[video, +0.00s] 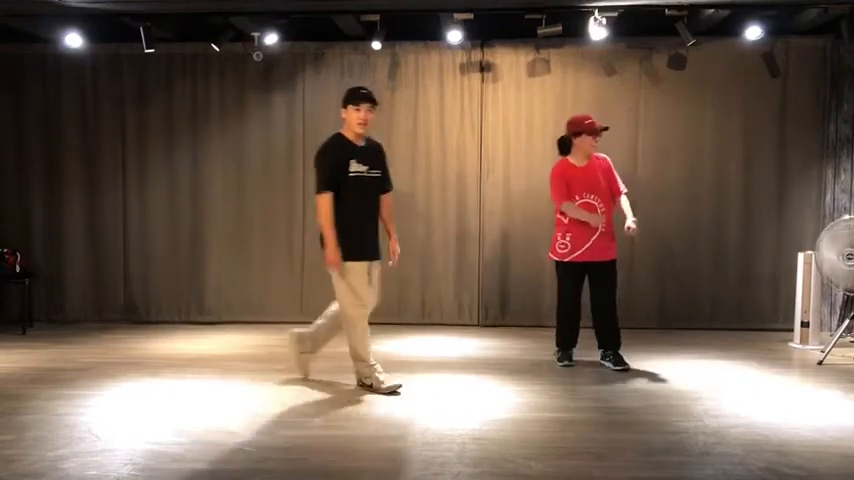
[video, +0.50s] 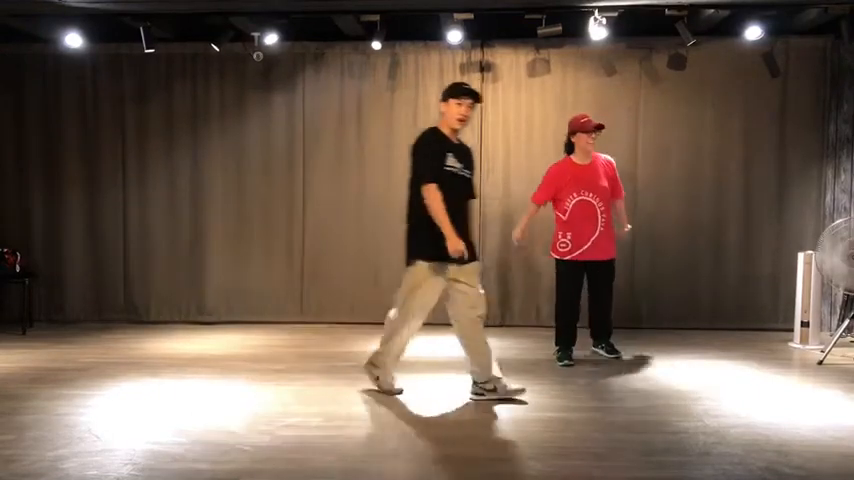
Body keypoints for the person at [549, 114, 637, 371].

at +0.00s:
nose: (597, 139)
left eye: (598, 135)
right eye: (593, 136)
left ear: (593, 139)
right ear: (577, 138)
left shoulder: (604, 163)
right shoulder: (560, 170)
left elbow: (620, 193)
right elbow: (563, 204)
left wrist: (629, 217)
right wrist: (589, 217)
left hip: (602, 248)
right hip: (570, 250)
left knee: (605, 302)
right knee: (568, 302)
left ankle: (609, 351)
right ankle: (565, 349)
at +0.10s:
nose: (591, 139)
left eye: (591, 134)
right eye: (586, 135)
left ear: (587, 138)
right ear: (571, 139)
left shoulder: (599, 163)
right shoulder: (557, 172)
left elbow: (614, 196)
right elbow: (557, 211)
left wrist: (623, 222)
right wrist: (577, 233)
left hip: (600, 248)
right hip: (568, 250)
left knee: (604, 302)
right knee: (566, 303)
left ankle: (611, 350)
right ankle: (564, 349)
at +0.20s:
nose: (589, 137)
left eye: (590, 133)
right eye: (584, 134)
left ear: (588, 137)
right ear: (569, 138)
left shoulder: (599, 163)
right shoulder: (555, 173)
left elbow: (610, 195)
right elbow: (551, 213)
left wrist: (615, 223)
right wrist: (551, 245)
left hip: (600, 247)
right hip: (568, 249)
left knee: (605, 301)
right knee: (565, 303)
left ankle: (610, 348)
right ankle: (564, 349)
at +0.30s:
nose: (589, 136)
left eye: (590, 132)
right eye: (583, 133)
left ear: (590, 136)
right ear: (569, 138)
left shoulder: (599, 162)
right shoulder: (554, 172)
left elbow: (608, 195)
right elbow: (543, 210)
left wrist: (610, 219)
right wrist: (534, 235)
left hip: (598, 245)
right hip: (566, 247)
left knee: (606, 297)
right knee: (566, 300)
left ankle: (607, 343)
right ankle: (564, 348)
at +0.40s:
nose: (592, 137)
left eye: (593, 133)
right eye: (586, 133)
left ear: (592, 137)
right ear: (571, 137)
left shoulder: (602, 163)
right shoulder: (555, 171)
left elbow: (610, 194)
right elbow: (536, 204)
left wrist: (613, 218)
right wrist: (523, 230)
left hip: (600, 245)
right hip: (567, 248)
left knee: (604, 297)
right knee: (566, 301)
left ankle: (603, 341)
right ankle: (564, 347)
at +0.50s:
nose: (592, 137)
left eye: (594, 133)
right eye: (586, 134)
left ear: (596, 137)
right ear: (573, 138)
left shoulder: (606, 164)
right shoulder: (559, 170)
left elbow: (617, 197)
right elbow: (537, 202)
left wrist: (624, 223)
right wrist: (520, 227)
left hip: (602, 249)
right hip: (569, 250)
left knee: (601, 299)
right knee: (567, 302)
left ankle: (601, 341)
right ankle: (564, 347)